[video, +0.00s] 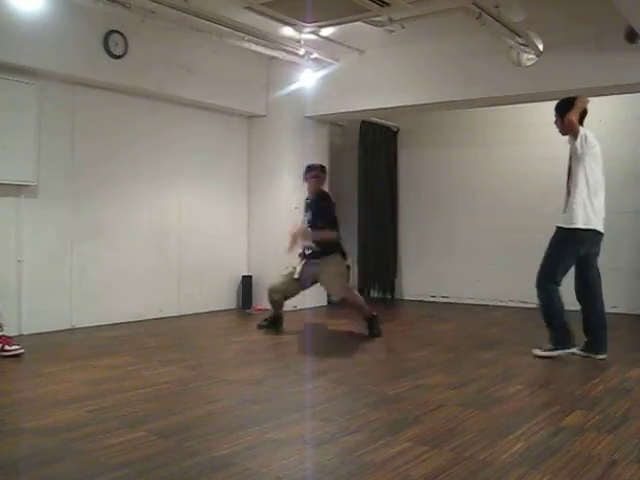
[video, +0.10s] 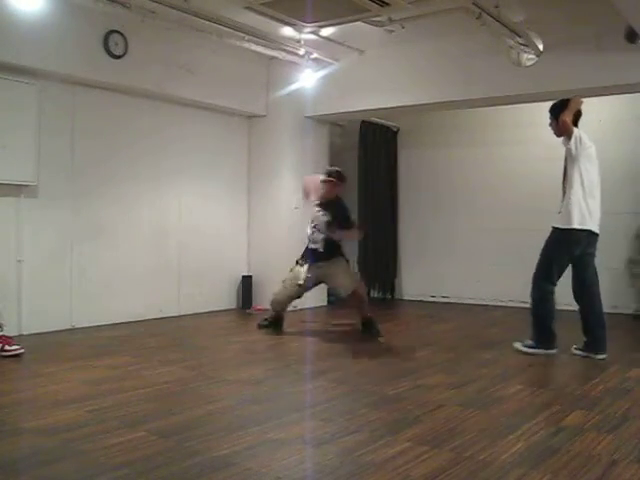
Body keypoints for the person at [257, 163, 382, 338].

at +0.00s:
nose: (315, 181)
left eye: (319, 177)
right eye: (312, 177)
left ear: (324, 180)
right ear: (305, 180)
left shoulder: (324, 200)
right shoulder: (309, 202)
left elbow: (333, 234)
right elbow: (313, 229)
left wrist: (306, 234)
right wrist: (300, 237)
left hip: (331, 259)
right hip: (311, 260)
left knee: (340, 292)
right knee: (276, 291)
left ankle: (370, 317)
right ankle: (276, 318)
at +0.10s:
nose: (326, 187)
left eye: (331, 184)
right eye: (325, 182)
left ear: (339, 188)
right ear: (321, 184)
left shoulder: (339, 207)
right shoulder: (318, 204)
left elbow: (354, 233)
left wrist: (335, 233)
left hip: (333, 262)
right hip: (309, 262)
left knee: (356, 292)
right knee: (278, 299)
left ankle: (367, 321)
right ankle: (276, 319)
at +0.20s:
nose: (361, 198)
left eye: (365, 195)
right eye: (359, 192)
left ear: (368, 198)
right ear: (352, 189)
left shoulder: (361, 221)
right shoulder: (335, 199)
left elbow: (376, 240)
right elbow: (315, 174)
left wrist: (375, 238)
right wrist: (335, 161)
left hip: (335, 263)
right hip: (311, 261)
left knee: (367, 276)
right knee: (292, 301)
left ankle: (367, 323)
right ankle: (274, 318)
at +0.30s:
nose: (378, 199)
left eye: (382, 195)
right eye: (375, 194)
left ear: (385, 198)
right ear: (367, 194)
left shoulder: (379, 219)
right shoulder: (352, 211)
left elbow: (383, 243)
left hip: (346, 257)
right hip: (321, 256)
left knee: (374, 275)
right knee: (301, 302)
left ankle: (368, 323)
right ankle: (272, 312)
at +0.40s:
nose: (395, 190)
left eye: (396, 185)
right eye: (393, 185)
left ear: (384, 182)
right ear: (381, 182)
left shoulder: (375, 198)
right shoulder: (365, 197)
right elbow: (360, 232)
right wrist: (368, 258)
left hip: (351, 249)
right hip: (329, 249)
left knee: (377, 278)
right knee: (307, 292)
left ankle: (368, 322)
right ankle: (272, 305)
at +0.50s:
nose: (394, 177)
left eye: (395, 172)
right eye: (390, 173)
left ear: (381, 170)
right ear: (379, 170)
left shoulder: (374, 187)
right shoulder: (364, 189)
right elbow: (358, 231)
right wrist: (368, 258)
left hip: (353, 244)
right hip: (333, 243)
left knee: (376, 279)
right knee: (313, 291)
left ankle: (368, 323)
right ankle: (290, 288)